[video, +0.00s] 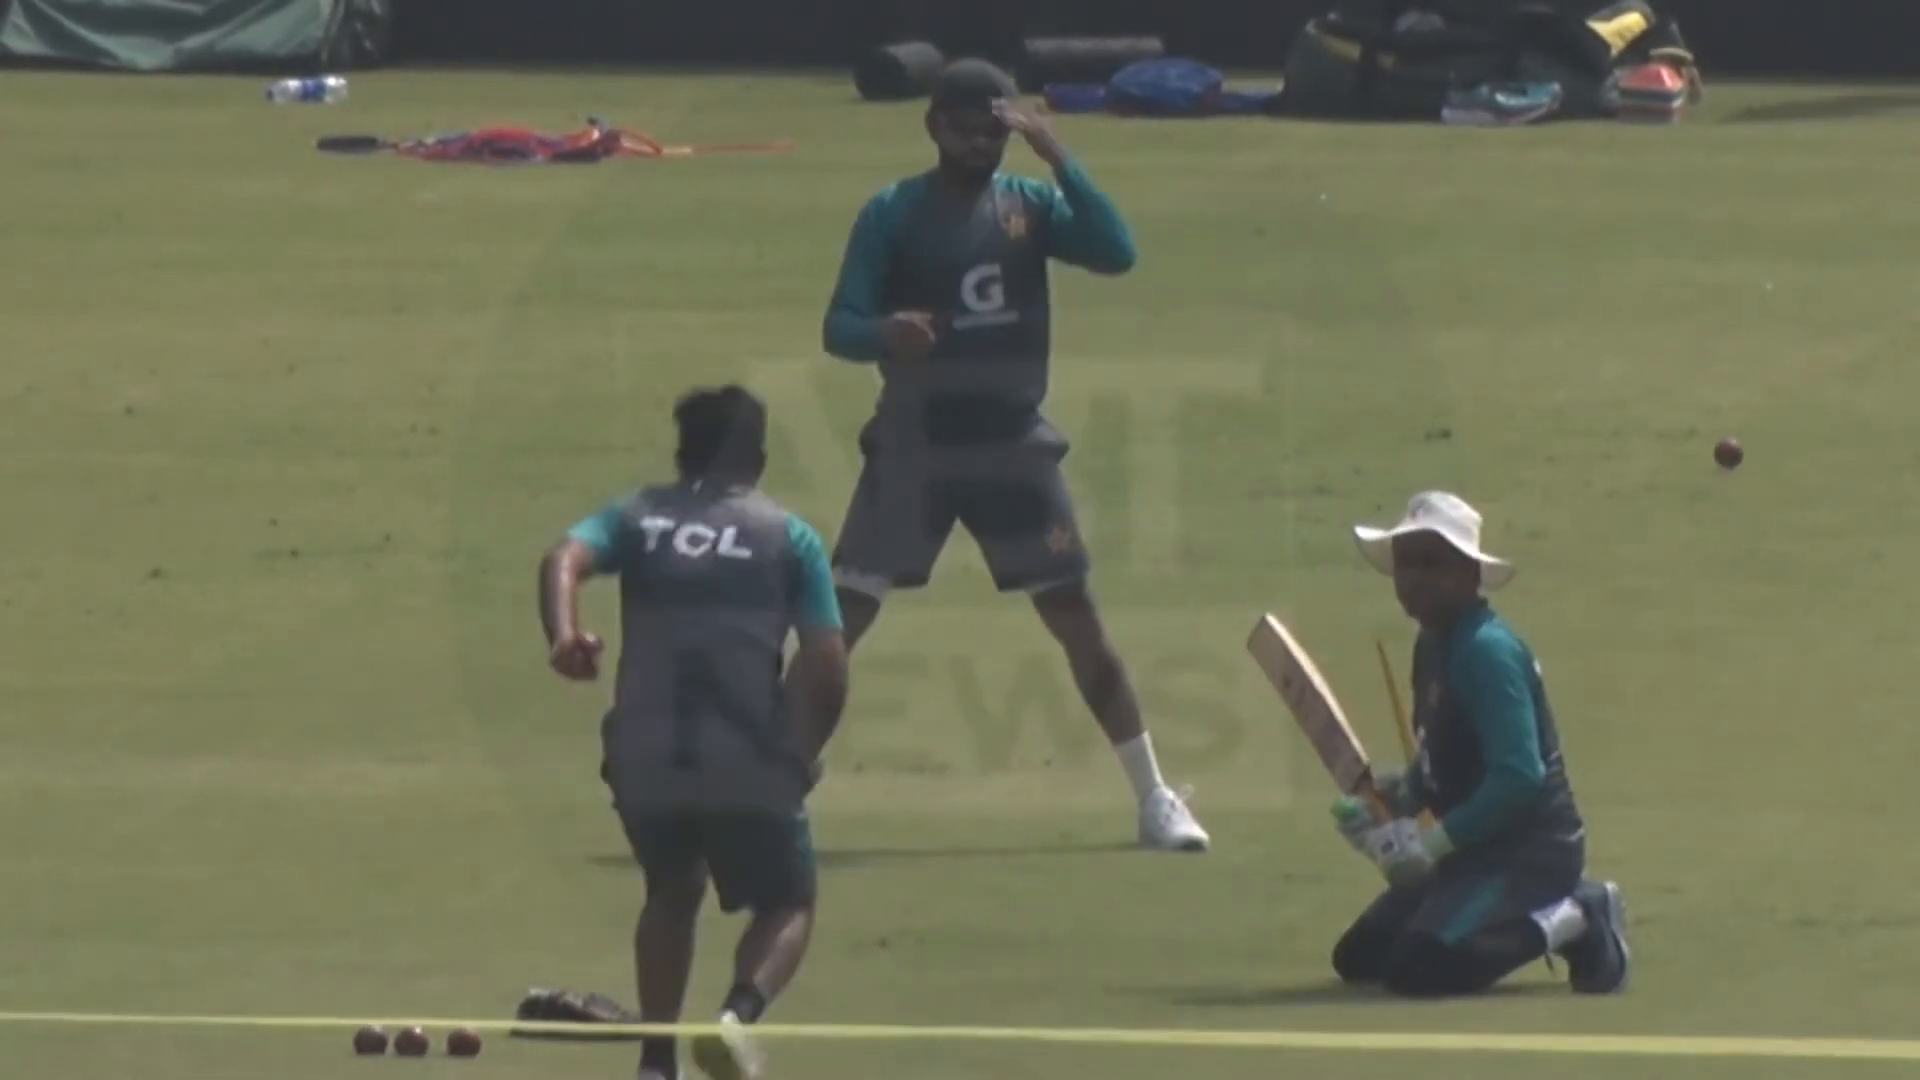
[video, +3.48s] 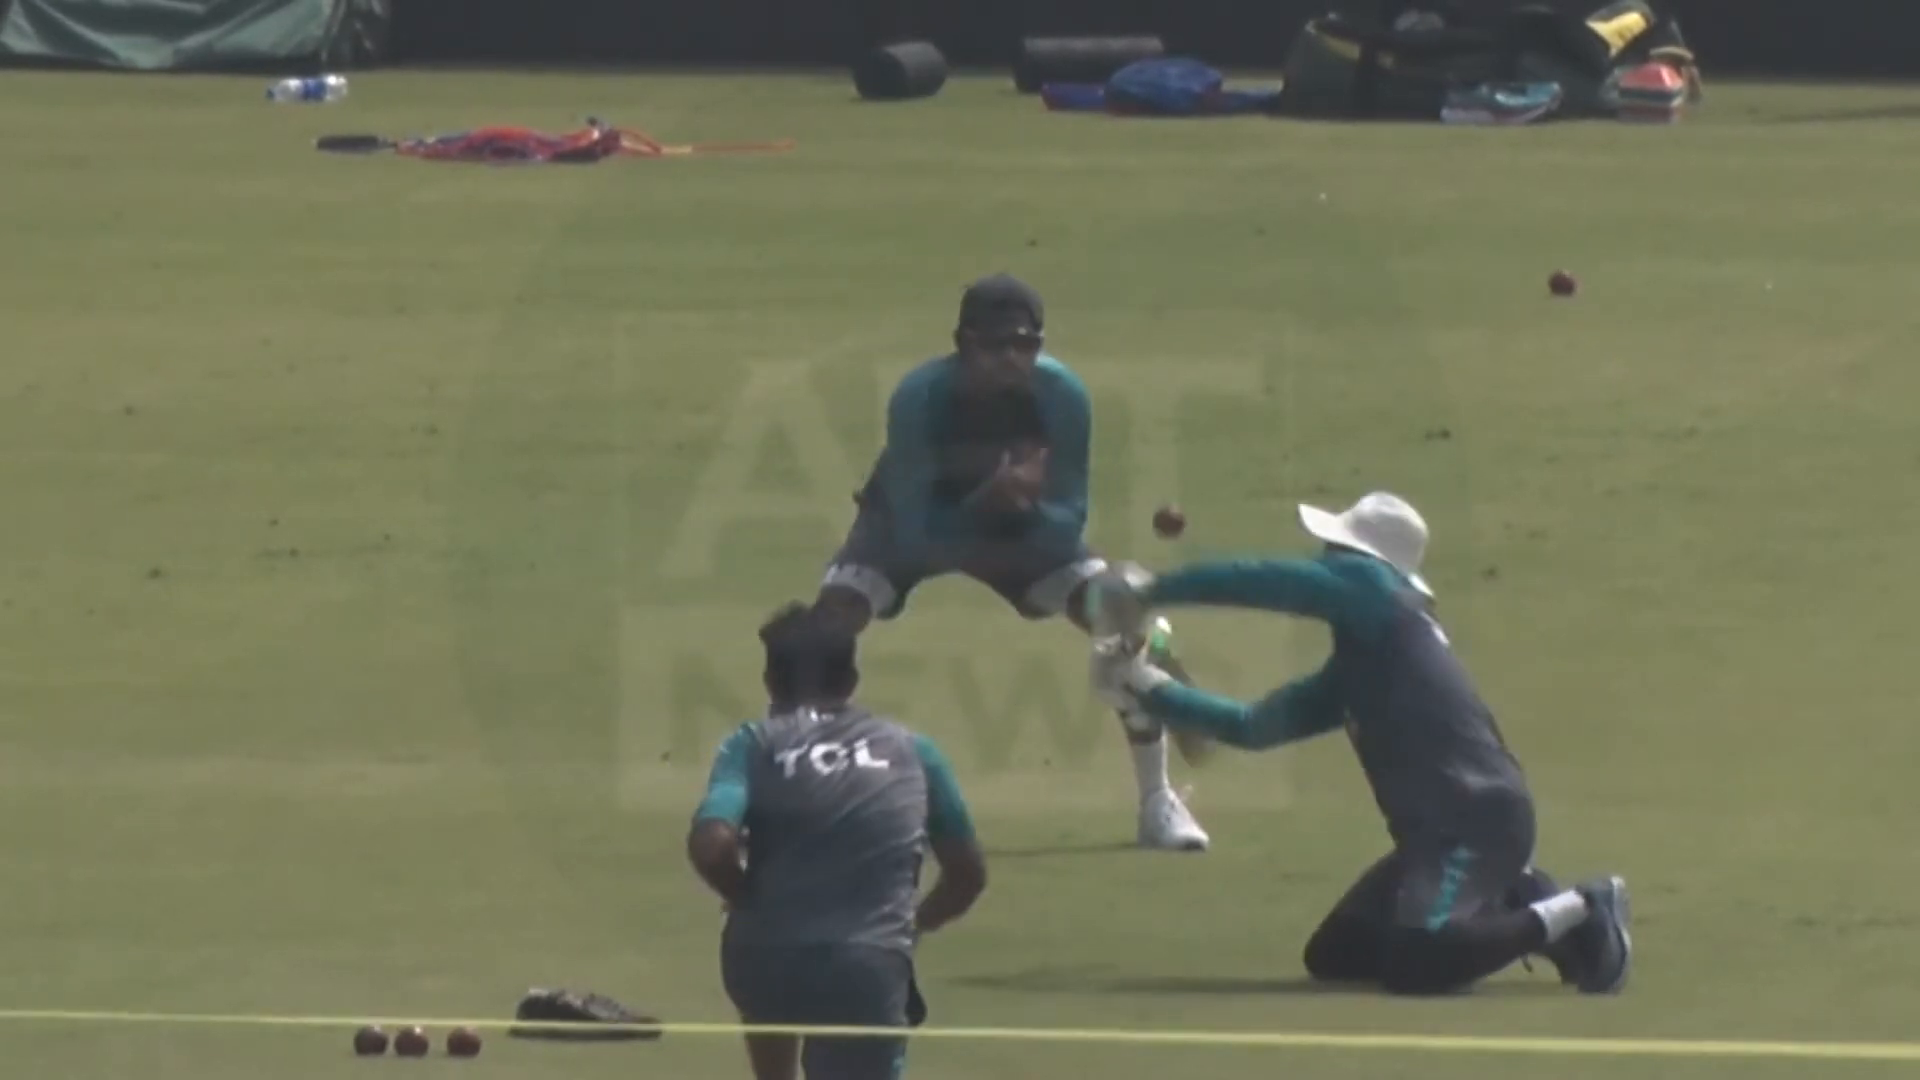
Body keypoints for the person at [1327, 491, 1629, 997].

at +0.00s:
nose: (1408, 579)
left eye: (1428, 564)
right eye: (1402, 564)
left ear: (1467, 573)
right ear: (1392, 571)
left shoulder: (1487, 650)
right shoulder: (1434, 645)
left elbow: (1520, 777)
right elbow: (1444, 759)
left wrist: (1432, 844)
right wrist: (1397, 800)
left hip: (1530, 856)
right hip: (1480, 848)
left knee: (1415, 970)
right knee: (1358, 958)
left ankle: (1578, 918)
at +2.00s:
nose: (1421, 586)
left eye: (1439, 570)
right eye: (1415, 570)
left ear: (1477, 578)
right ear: (1406, 574)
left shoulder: (1499, 651)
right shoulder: (1435, 646)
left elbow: (1526, 776)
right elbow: (1445, 756)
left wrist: (1438, 842)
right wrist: (1403, 803)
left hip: (1535, 856)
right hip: (1482, 848)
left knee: (1416, 969)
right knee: (1357, 957)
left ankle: (1580, 920)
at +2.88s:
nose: (1414, 586)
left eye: (1432, 570)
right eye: (1407, 571)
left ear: (1470, 576)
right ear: (1396, 576)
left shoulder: (1492, 650)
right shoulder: (1434, 642)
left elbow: (1483, 780)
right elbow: (1443, 757)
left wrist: (1395, 797)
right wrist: (1388, 758)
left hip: (1524, 859)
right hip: (1466, 853)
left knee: (1415, 970)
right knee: (1356, 959)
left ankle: (1577, 920)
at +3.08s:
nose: (1413, 581)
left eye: (1430, 565)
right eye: (1405, 567)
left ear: (1465, 569)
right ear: (1395, 572)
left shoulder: (1490, 635)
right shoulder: (1437, 633)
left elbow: (1430, 747)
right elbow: (1430, 722)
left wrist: (1348, 734)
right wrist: (1358, 696)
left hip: (1519, 857)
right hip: (1461, 850)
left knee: (1417, 971)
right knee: (1354, 958)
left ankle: (1576, 917)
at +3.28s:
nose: (1374, 580)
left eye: (1388, 566)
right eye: (1372, 566)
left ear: (1429, 570)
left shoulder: (1458, 625)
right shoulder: (1423, 638)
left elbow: (1377, 722)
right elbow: (1377, 751)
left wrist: (1281, 712)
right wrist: (1281, 723)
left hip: (1506, 857)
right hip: (1454, 858)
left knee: (1422, 969)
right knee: (1339, 955)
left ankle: (1576, 917)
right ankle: (1505, 927)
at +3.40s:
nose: (1333, 563)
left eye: (1344, 552)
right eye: (1337, 551)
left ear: (1377, 559)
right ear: (1394, 563)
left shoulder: (1408, 603)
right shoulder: (1387, 660)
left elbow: (1297, 625)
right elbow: (1292, 737)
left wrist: (1191, 640)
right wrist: (1180, 703)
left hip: (1489, 846)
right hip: (1446, 851)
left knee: (1416, 968)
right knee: (1335, 955)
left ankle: (1576, 915)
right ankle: (1520, 923)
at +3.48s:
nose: (1320, 559)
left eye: (1336, 552)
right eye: (1327, 549)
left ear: (1367, 562)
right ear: (1388, 568)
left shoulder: (1378, 596)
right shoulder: (1363, 666)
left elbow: (1266, 583)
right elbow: (1254, 725)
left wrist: (1147, 589)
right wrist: (1147, 687)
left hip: (1475, 830)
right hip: (1436, 841)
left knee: (1411, 963)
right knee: (1334, 954)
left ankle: (1576, 911)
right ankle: (1511, 907)